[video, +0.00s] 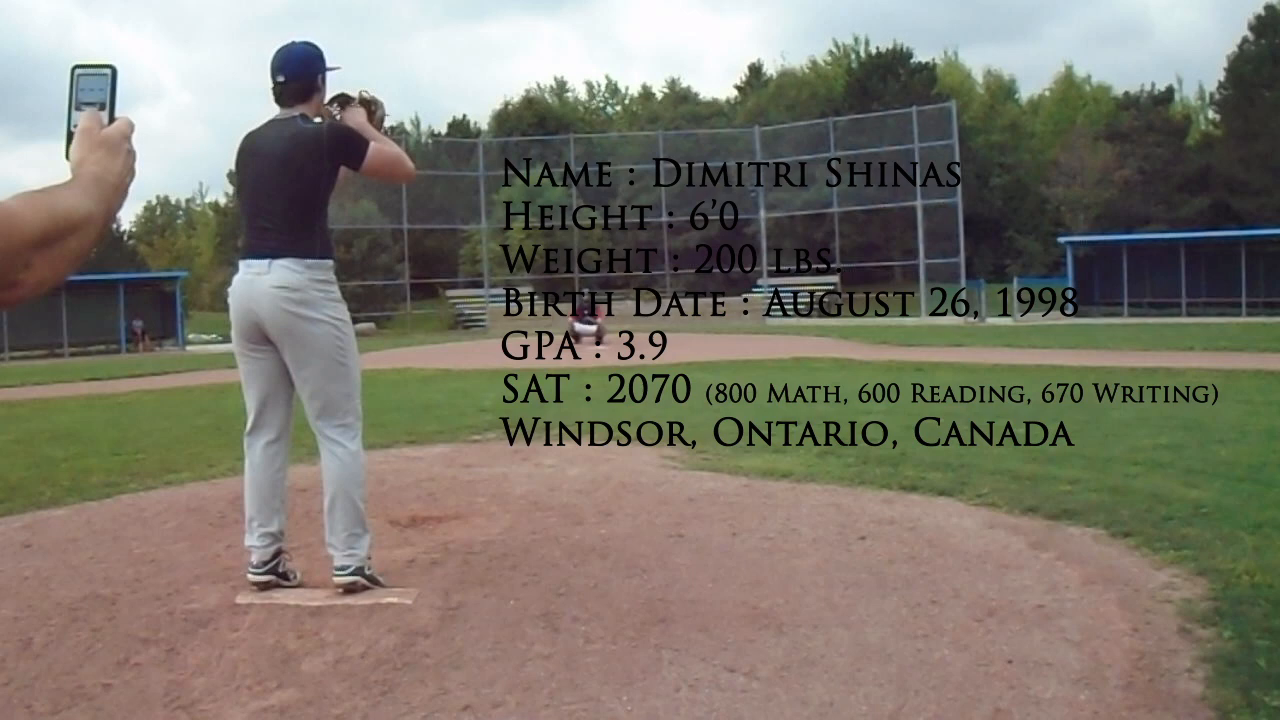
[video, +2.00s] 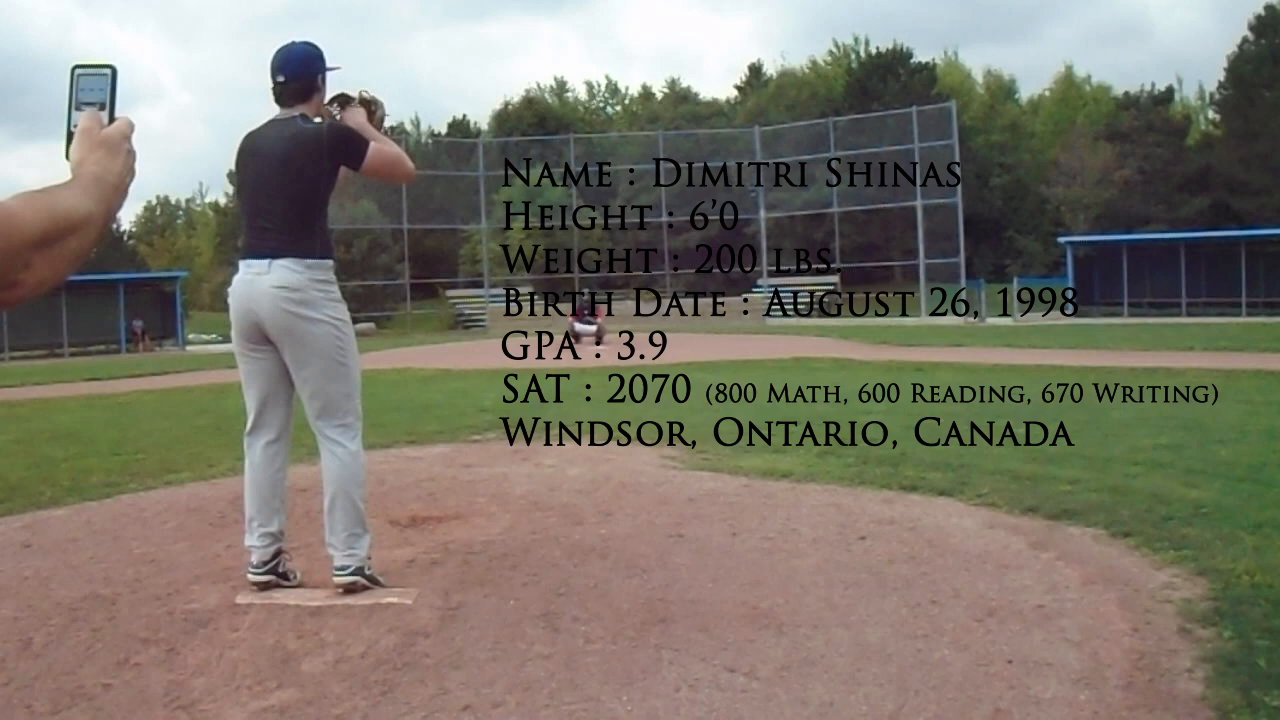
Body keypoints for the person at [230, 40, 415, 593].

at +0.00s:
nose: (327, 88)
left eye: (322, 81)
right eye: (325, 81)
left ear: (275, 88)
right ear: (320, 86)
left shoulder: (250, 143)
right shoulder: (327, 135)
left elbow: (301, 185)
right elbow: (402, 167)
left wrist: (327, 131)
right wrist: (362, 125)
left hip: (246, 288)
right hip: (303, 286)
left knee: (264, 430)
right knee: (338, 429)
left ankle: (263, 558)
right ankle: (350, 561)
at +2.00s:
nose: (327, 88)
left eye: (322, 81)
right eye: (325, 81)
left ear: (275, 88)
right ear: (320, 86)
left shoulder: (250, 143)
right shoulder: (327, 135)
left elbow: (301, 185)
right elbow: (402, 167)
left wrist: (327, 131)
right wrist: (362, 125)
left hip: (246, 288)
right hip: (303, 286)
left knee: (264, 430)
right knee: (338, 429)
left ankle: (263, 558)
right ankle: (350, 561)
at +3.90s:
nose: (327, 88)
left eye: (322, 81)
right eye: (325, 81)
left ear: (275, 88)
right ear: (320, 86)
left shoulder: (250, 143)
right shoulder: (327, 135)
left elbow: (301, 185)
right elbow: (402, 167)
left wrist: (327, 131)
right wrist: (362, 125)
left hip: (246, 288)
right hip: (303, 286)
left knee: (264, 430)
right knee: (338, 429)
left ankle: (263, 558)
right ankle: (350, 561)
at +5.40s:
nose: (327, 88)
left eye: (322, 81)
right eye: (325, 81)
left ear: (275, 88)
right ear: (320, 86)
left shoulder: (250, 143)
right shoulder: (327, 135)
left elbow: (301, 185)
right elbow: (402, 167)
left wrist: (327, 131)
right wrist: (362, 125)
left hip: (246, 288)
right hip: (303, 286)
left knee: (264, 430)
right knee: (338, 429)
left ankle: (263, 558)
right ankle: (350, 561)